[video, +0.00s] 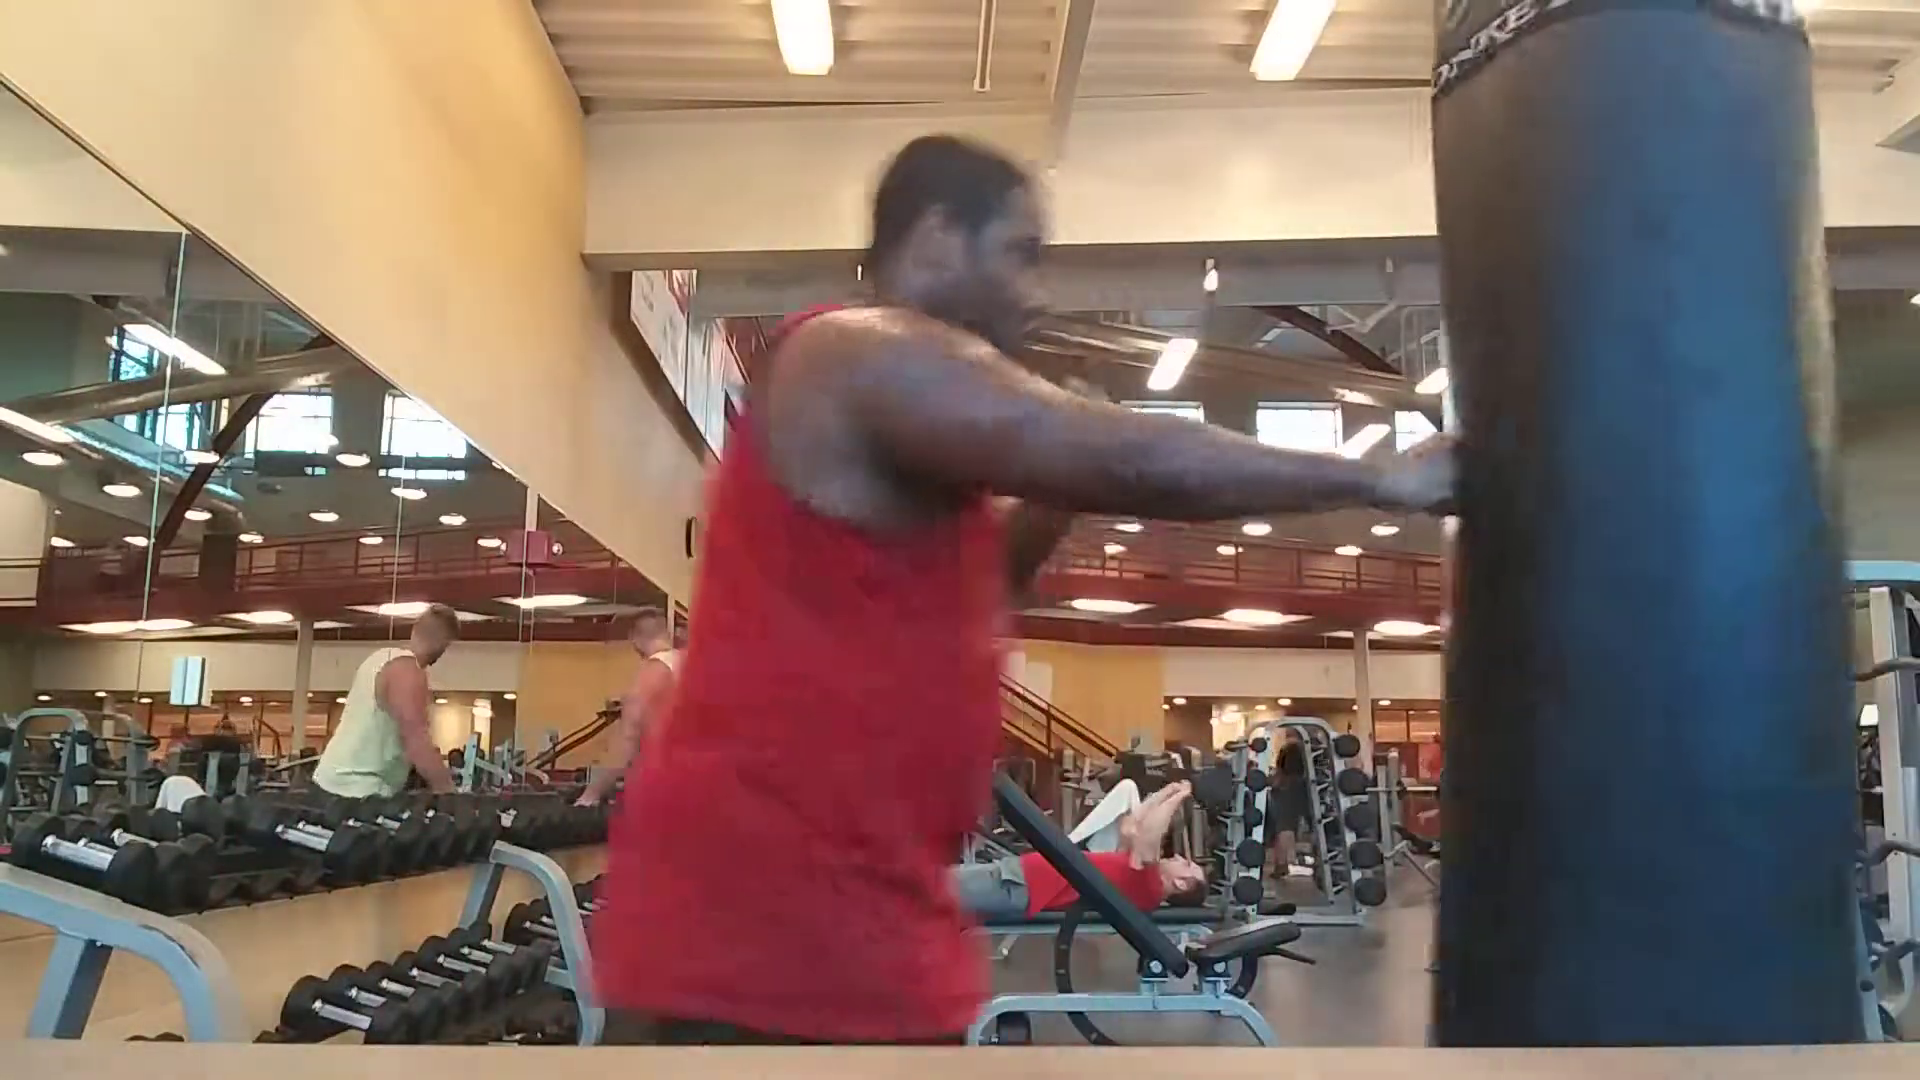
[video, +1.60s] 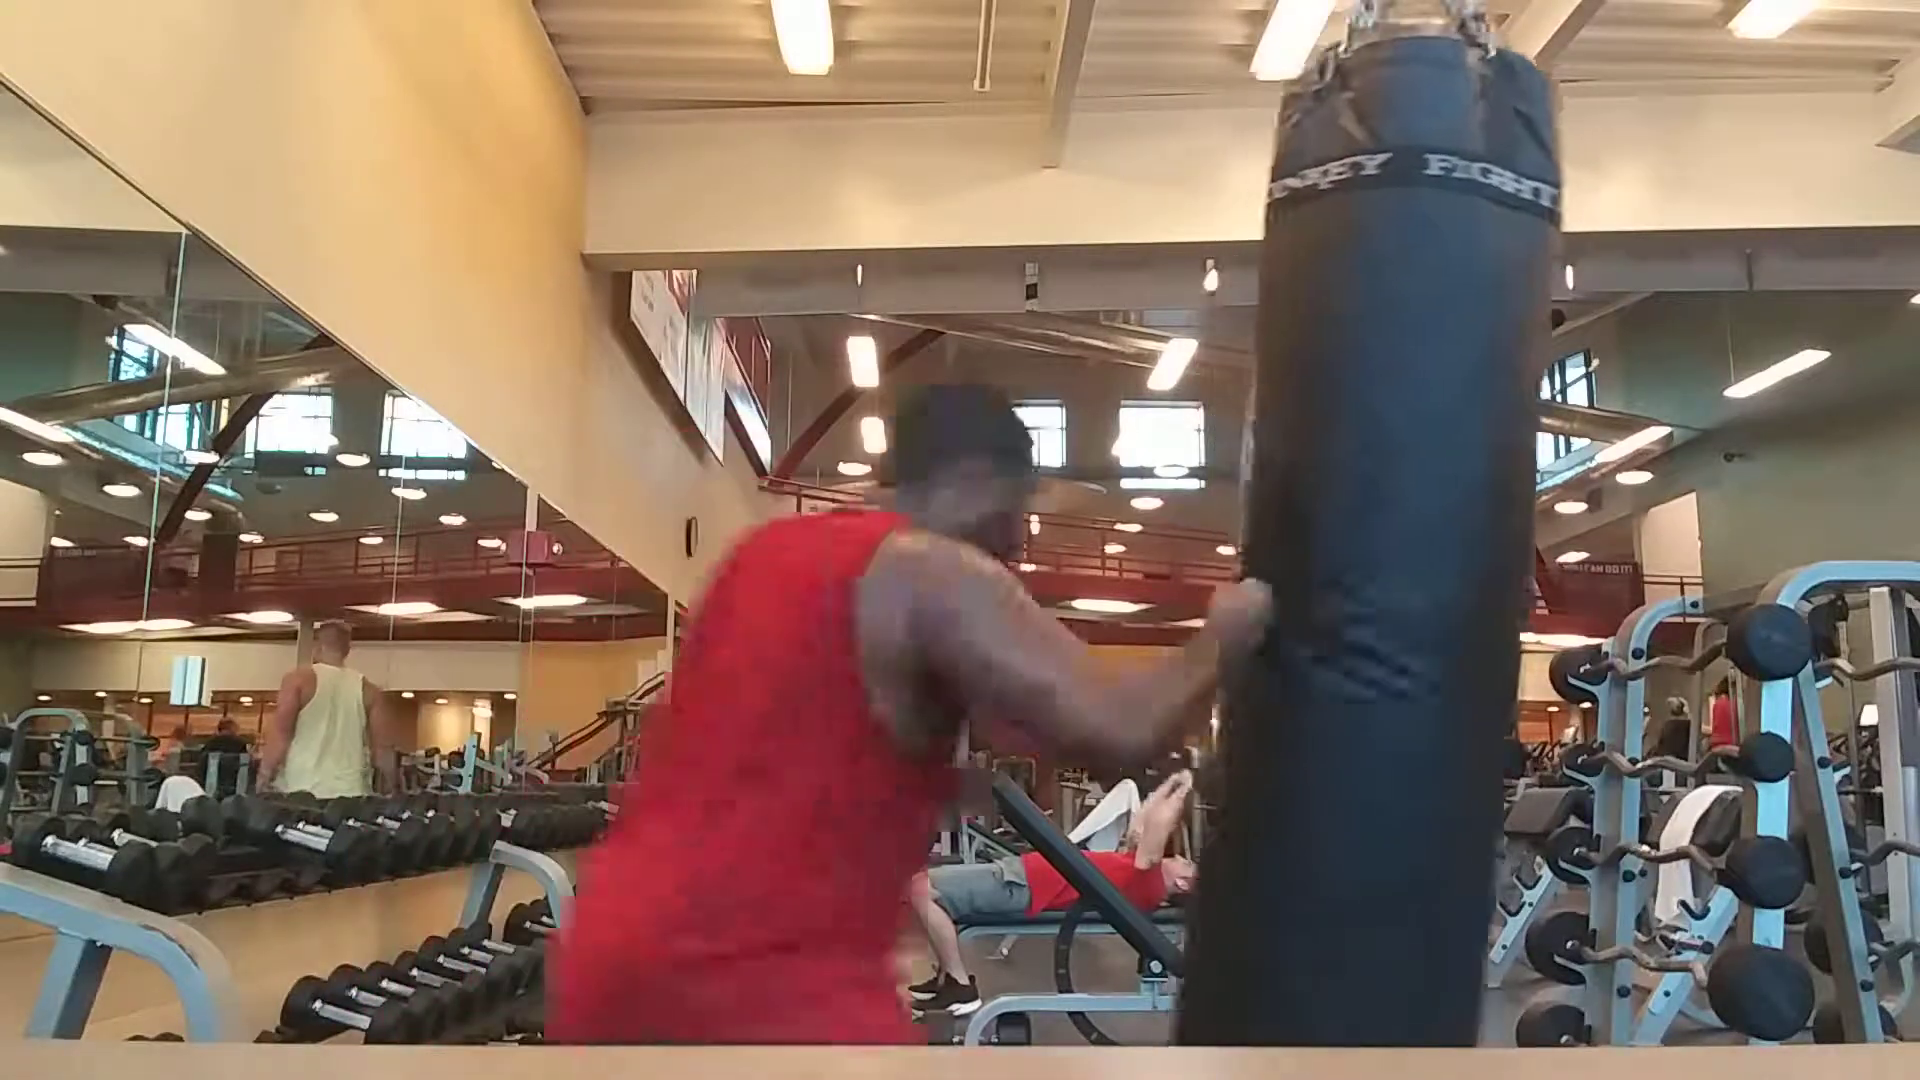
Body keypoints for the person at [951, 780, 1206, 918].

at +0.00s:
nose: (1185, 860)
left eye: (1190, 868)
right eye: (1190, 861)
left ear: (1179, 883)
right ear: (1177, 875)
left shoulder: (1148, 890)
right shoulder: (1137, 875)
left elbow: (1146, 835)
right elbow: (1128, 828)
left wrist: (1175, 800)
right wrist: (1162, 797)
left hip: (1019, 886)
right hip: (1015, 873)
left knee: (930, 892)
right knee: (931, 886)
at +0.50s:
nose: (1186, 863)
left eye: (1191, 871)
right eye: (1191, 863)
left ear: (1182, 885)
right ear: (1181, 860)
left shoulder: (1149, 888)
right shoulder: (1144, 875)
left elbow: (1146, 835)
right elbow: (1141, 834)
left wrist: (1205, 833)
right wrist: (1200, 832)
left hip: (1024, 886)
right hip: (1018, 871)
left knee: (921, 891)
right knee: (920, 881)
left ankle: (958, 985)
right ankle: (944, 977)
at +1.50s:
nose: (1172, 859)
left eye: (1179, 861)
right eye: (1178, 858)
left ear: (1179, 877)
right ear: (1173, 863)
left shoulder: (1149, 884)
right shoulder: (1145, 874)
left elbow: (1156, 822)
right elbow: (1140, 824)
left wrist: (1185, 798)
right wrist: (1181, 796)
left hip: (1025, 884)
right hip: (1021, 873)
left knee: (922, 888)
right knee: (923, 881)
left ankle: (960, 984)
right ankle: (945, 976)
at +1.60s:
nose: (1180, 858)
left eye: (1186, 865)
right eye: (1187, 860)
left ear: (1182, 882)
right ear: (1177, 870)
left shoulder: (1148, 885)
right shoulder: (1138, 867)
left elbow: (1159, 822)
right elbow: (1142, 819)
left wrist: (1182, 789)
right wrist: (1171, 784)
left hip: (1023, 886)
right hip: (1016, 870)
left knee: (923, 889)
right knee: (921, 880)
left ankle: (959, 984)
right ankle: (946, 976)